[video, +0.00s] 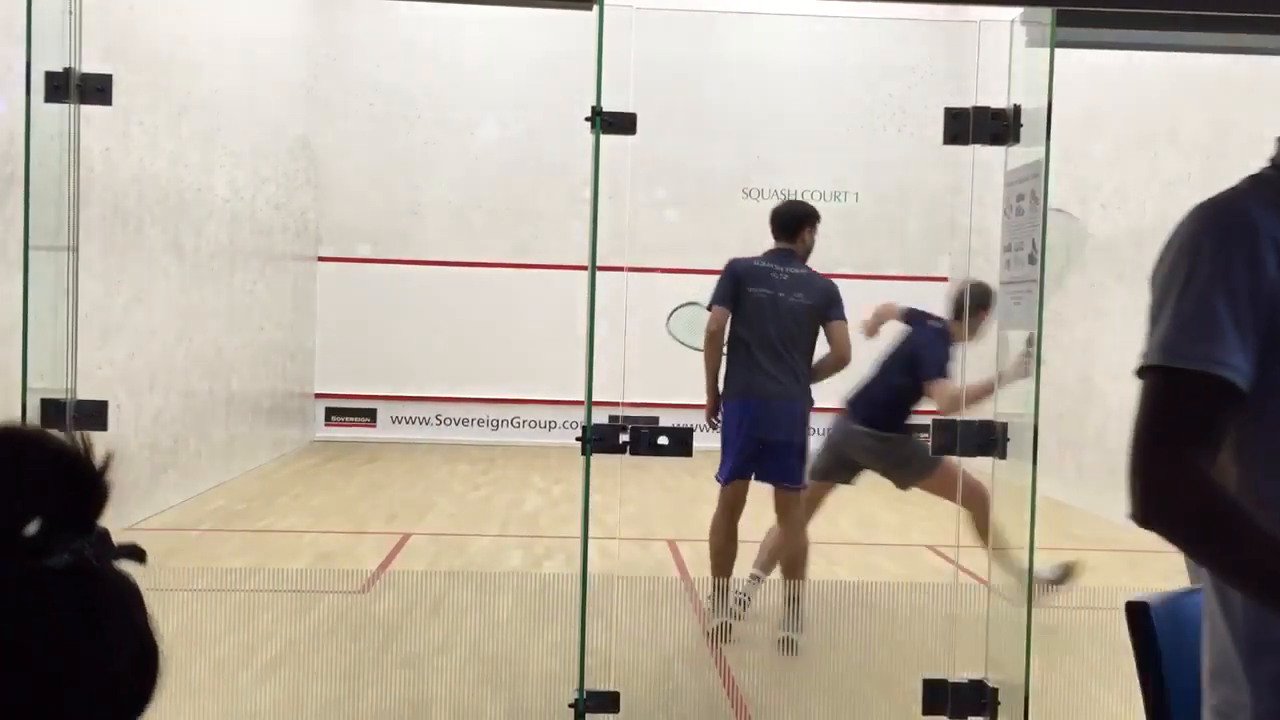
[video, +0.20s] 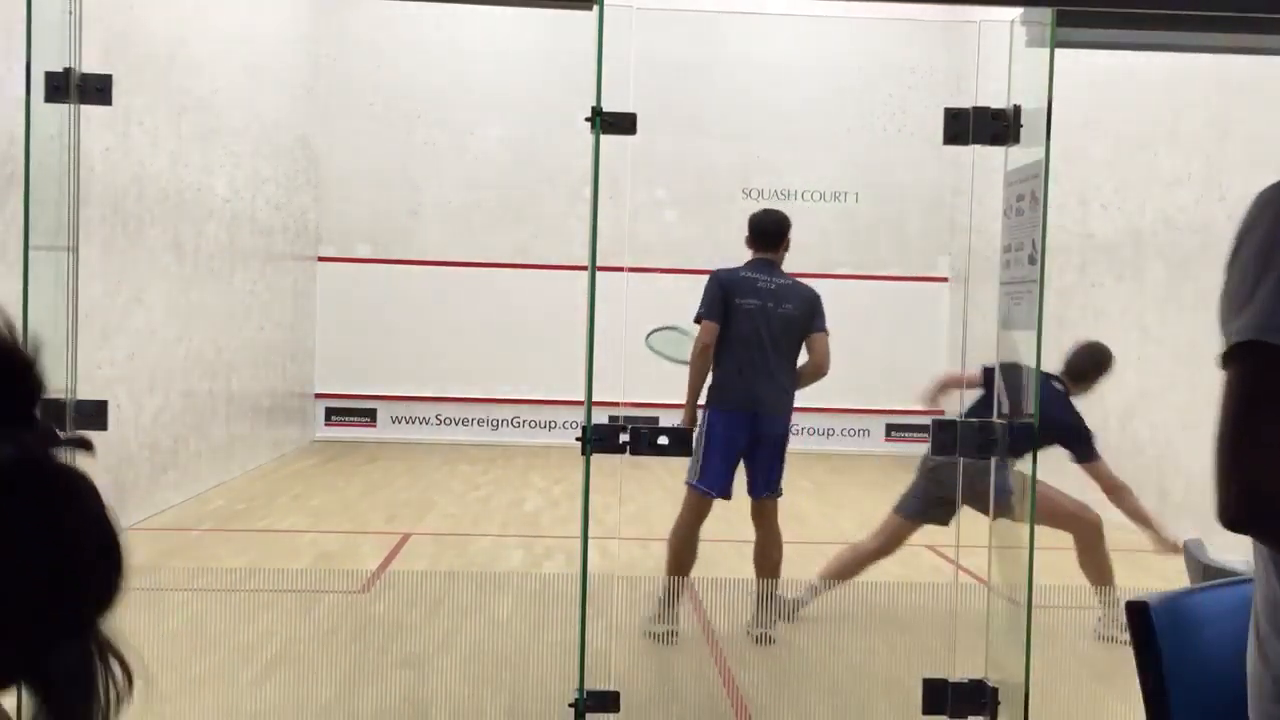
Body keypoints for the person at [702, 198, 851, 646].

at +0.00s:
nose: (816, 240)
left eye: (815, 233)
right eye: (815, 234)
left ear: (773, 232)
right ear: (806, 234)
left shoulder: (739, 270)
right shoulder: (822, 287)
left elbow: (713, 331)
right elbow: (841, 355)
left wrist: (712, 391)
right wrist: (805, 377)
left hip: (741, 406)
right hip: (790, 412)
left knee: (729, 505)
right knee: (791, 514)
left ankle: (719, 610)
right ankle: (793, 623)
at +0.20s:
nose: (781, 247)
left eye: (755, 238)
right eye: (786, 242)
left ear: (748, 241)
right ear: (787, 245)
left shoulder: (723, 281)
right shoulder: (806, 296)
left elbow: (705, 342)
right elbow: (820, 365)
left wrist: (690, 405)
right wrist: (782, 386)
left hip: (725, 413)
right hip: (774, 419)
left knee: (693, 511)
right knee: (766, 515)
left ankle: (667, 615)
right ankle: (765, 620)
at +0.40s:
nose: (714, 242)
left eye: (712, 236)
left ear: (710, 238)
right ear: (749, 240)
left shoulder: (695, 279)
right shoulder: (772, 291)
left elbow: (684, 344)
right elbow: (794, 358)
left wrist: (670, 405)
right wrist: (757, 382)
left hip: (701, 414)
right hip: (750, 419)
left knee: (652, 509)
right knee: (756, 514)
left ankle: (618, 608)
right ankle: (767, 618)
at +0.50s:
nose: (686, 251)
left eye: (686, 245)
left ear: (685, 248)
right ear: (724, 249)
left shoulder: (673, 289)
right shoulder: (748, 298)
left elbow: (666, 354)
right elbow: (772, 364)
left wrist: (652, 419)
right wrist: (737, 391)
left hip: (686, 424)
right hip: (734, 427)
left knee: (628, 508)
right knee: (746, 517)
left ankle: (596, 616)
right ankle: (777, 613)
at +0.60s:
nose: (648, 263)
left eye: (648, 257)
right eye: (657, 256)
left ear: (651, 261)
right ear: (687, 261)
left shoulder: (647, 306)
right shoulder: (711, 309)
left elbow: (647, 374)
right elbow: (734, 378)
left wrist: (630, 443)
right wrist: (691, 394)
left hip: (663, 444)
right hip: (713, 444)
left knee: (595, 512)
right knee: (734, 528)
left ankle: (580, 621)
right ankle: (777, 618)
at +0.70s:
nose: (599, 262)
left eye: (601, 255)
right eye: (602, 254)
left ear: (606, 259)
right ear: (638, 259)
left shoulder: (615, 306)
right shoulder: (656, 306)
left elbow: (625, 377)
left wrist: (599, 440)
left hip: (633, 444)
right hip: (674, 445)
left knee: (565, 522)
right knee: (708, 528)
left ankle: (571, 632)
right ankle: (768, 616)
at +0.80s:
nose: (550, 263)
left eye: (553, 255)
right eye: (552, 255)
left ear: (566, 258)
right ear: (585, 256)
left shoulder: (592, 304)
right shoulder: (589, 300)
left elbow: (600, 378)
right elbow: (597, 375)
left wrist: (552, 437)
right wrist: (557, 400)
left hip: (608, 436)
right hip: (627, 433)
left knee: (545, 523)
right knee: (641, 531)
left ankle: (572, 631)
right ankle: (733, 598)